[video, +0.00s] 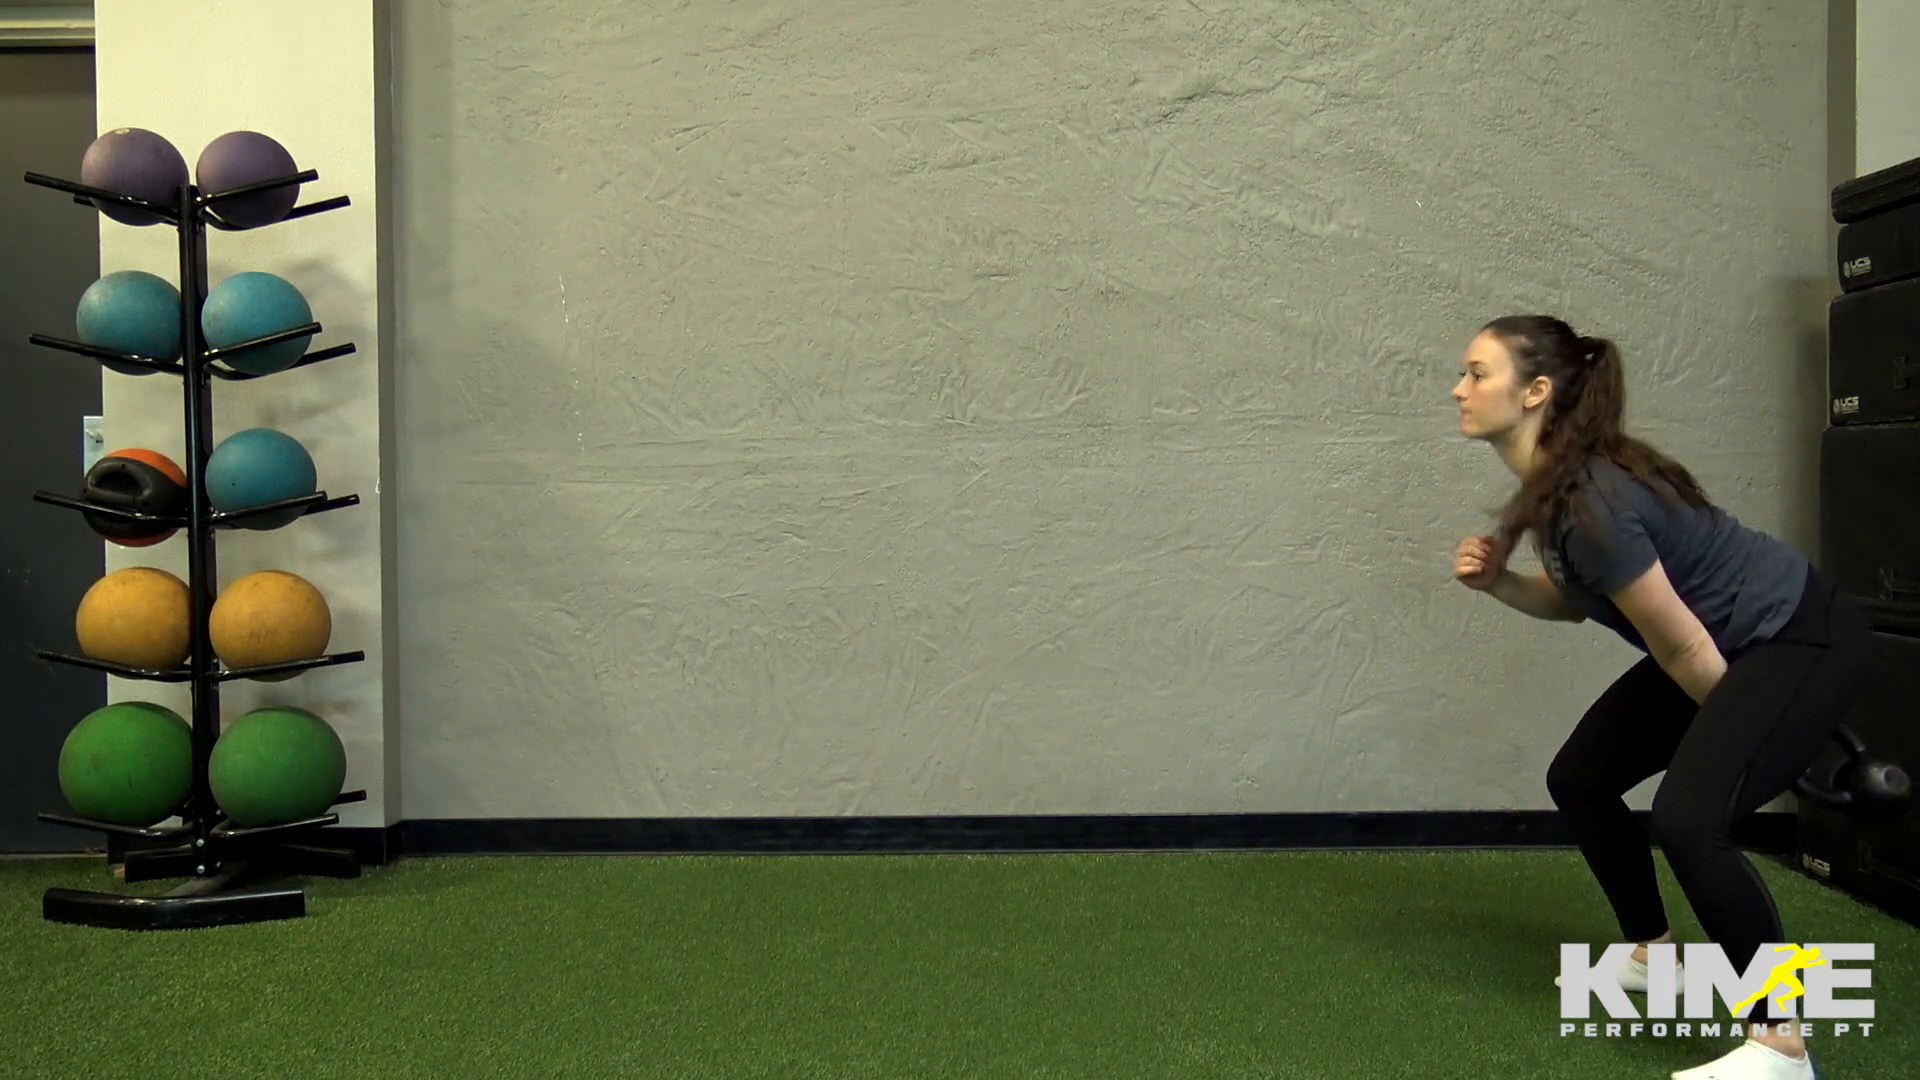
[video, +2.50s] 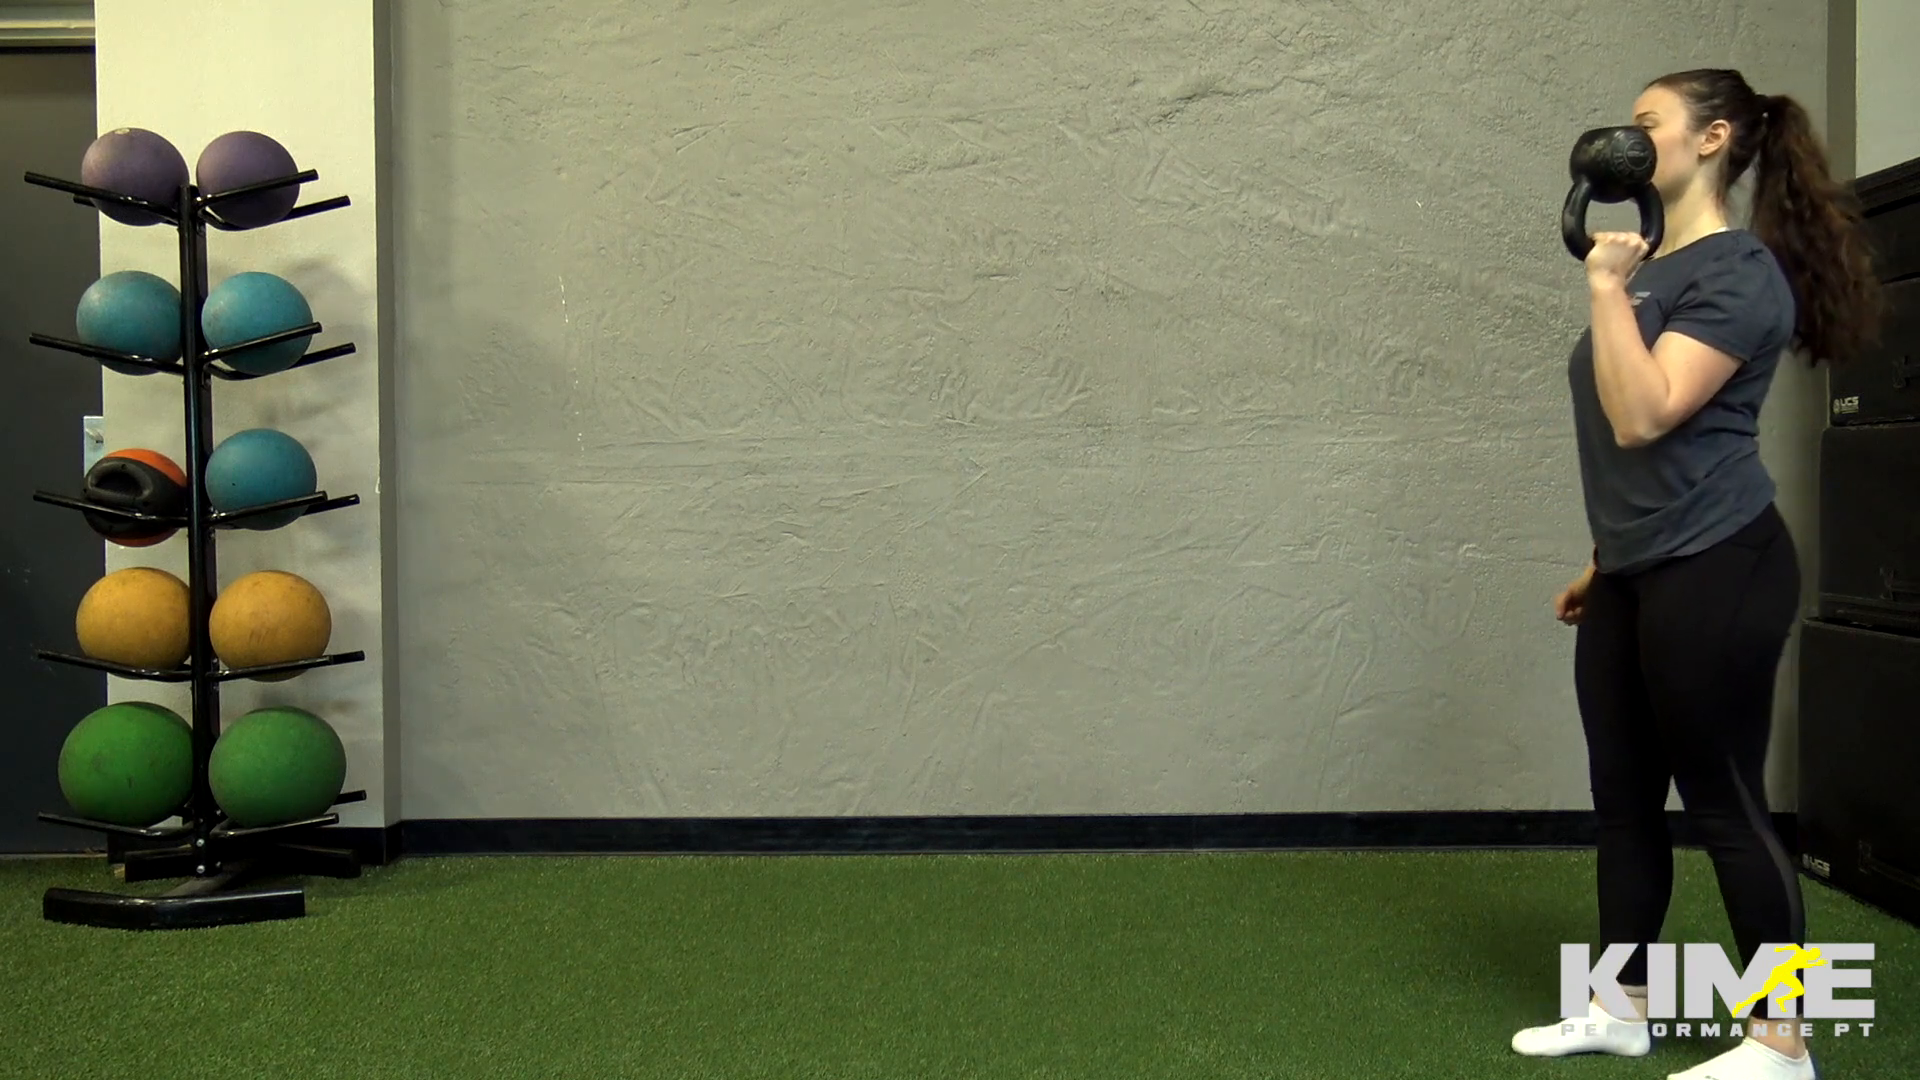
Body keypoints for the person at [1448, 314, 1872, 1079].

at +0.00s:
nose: (1459, 389)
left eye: (1475, 375)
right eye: (1462, 375)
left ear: (1535, 393)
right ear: (1529, 395)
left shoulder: (1591, 502)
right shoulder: (1556, 491)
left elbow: (1686, 646)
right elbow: (1578, 601)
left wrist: (1746, 734)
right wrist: (1498, 581)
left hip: (1805, 637)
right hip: (1730, 639)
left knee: (1687, 819)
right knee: (1580, 778)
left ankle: (1782, 1037)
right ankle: (1655, 960)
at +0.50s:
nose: (1649, 197)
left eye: (1666, 176)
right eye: (1648, 180)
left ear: (1734, 177)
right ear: (1709, 184)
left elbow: (1766, 437)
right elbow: (1625, 456)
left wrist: (1627, 372)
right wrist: (1579, 395)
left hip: (1739, 564)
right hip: (1650, 569)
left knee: (1733, 789)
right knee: (1658, 784)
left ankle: (1787, 1029)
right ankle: (1655, 968)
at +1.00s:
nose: (1661, 168)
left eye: (1679, 151)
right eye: (1660, 153)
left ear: (1742, 166)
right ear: (1702, 173)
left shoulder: (1770, 289)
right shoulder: (1671, 284)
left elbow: (1679, 408)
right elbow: (1641, 448)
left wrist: (1644, 283)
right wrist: (1569, 416)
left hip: (1738, 561)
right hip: (1655, 567)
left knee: (1739, 785)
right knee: (1662, 781)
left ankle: (1784, 1031)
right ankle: (1659, 962)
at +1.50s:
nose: (1652, 163)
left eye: (1672, 146)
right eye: (1653, 147)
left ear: (1734, 155)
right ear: (1710, 158)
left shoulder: (1761, 288)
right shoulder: (1677, 281)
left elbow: (1664, 419)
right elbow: (1649, 447)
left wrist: (1638, 291)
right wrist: (1573, 523)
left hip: (1728, 562)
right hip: (1651, 567)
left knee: (1731, 792)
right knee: (1663, 782)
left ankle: (1783, 1036)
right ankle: (1653, 962)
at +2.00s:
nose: (1665, 152)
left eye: (1684, 134)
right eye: (1666, 134)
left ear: (1751, 137)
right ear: (1733, 139)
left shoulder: (1784, 270)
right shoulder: (1701, 265)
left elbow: (1691, 416)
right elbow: (1685, 442)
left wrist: (1654, 284)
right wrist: (1643, 560)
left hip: (1755, 558)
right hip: (1676, 560)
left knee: (1743, 786)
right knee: (1633, 764)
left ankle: (1783, 1033)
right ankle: (1647, 952)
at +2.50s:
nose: (1628, 151)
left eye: (1647, 134)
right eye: (1630, 134)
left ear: (1716, 140)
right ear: (1699, 142)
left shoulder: (1743, 274)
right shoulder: (1653, 266)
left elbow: (1642, 413)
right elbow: (1644, 443)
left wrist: (1607, 284)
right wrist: (1606, 560)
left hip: (1718, 564)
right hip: (1633, 572)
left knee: (1724, 801)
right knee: (1624, 797)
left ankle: (1782, 1036)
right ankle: (1620, 1006)